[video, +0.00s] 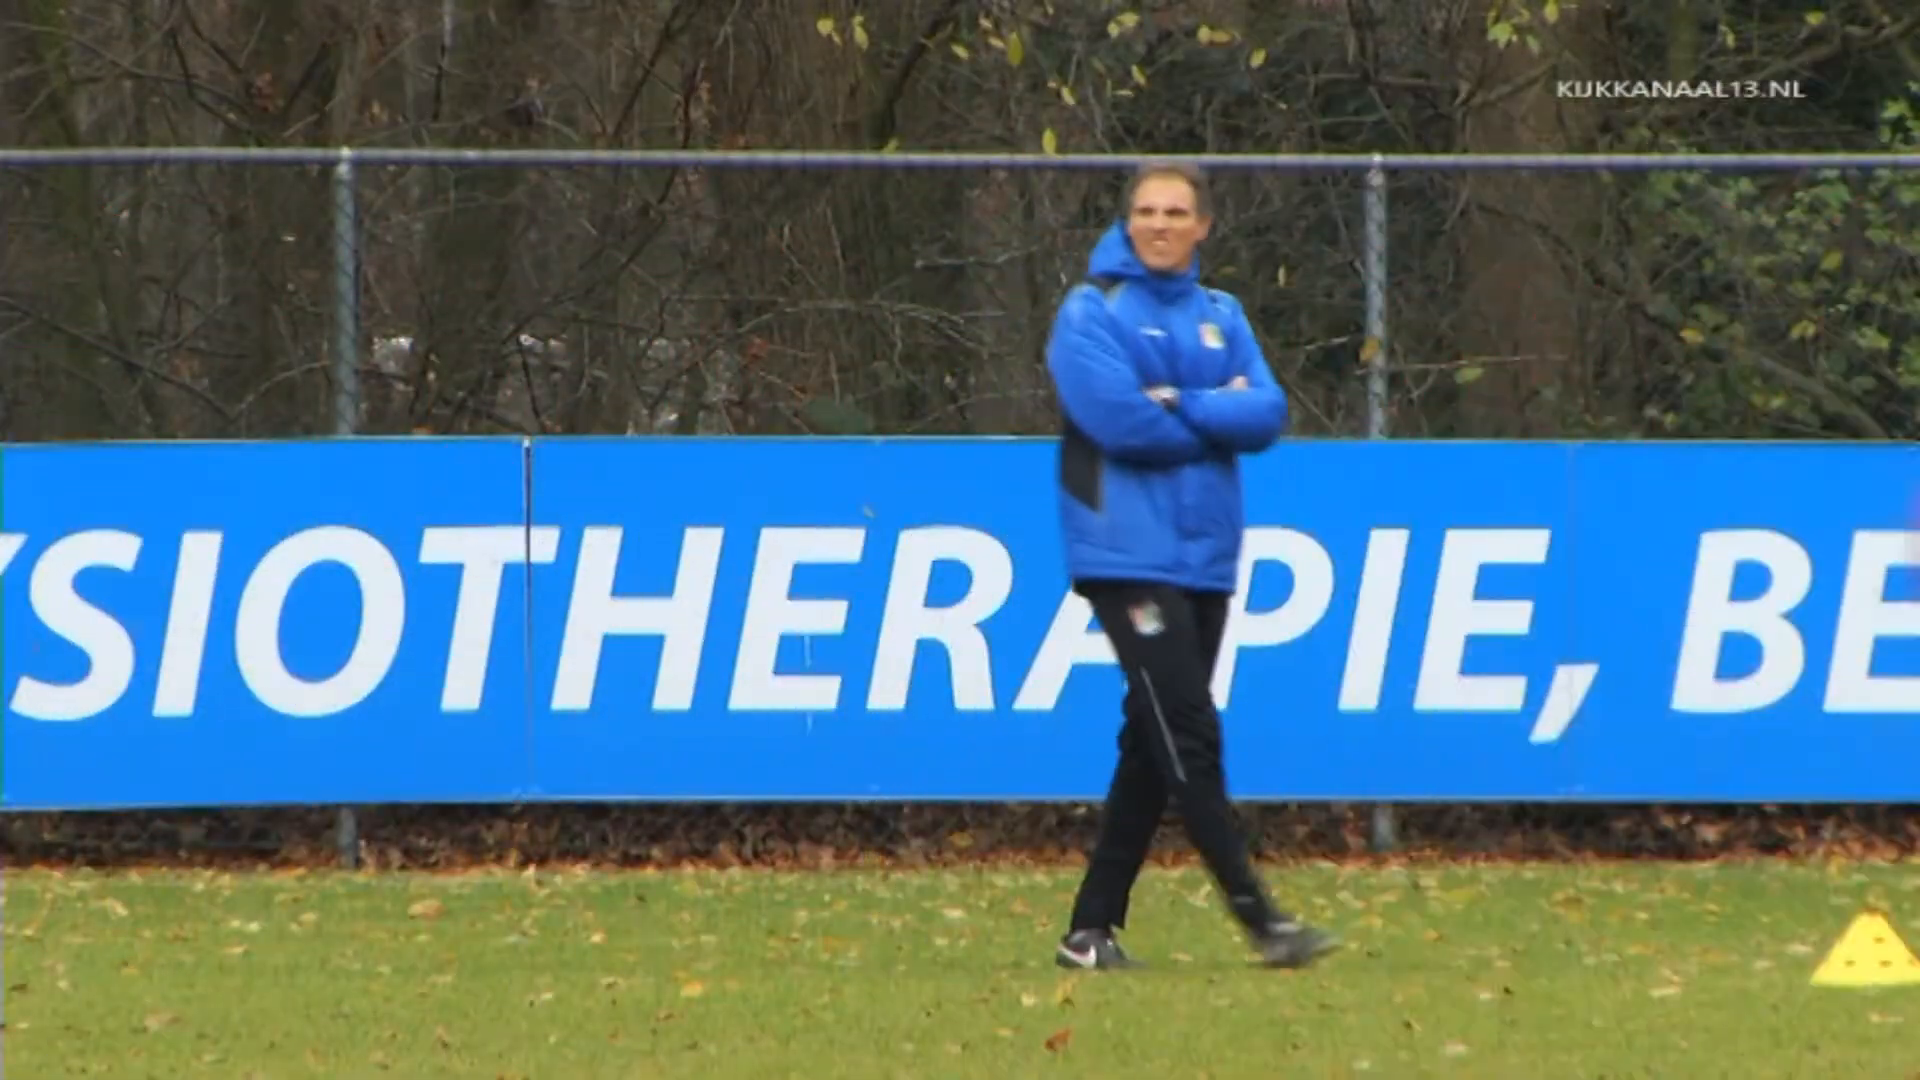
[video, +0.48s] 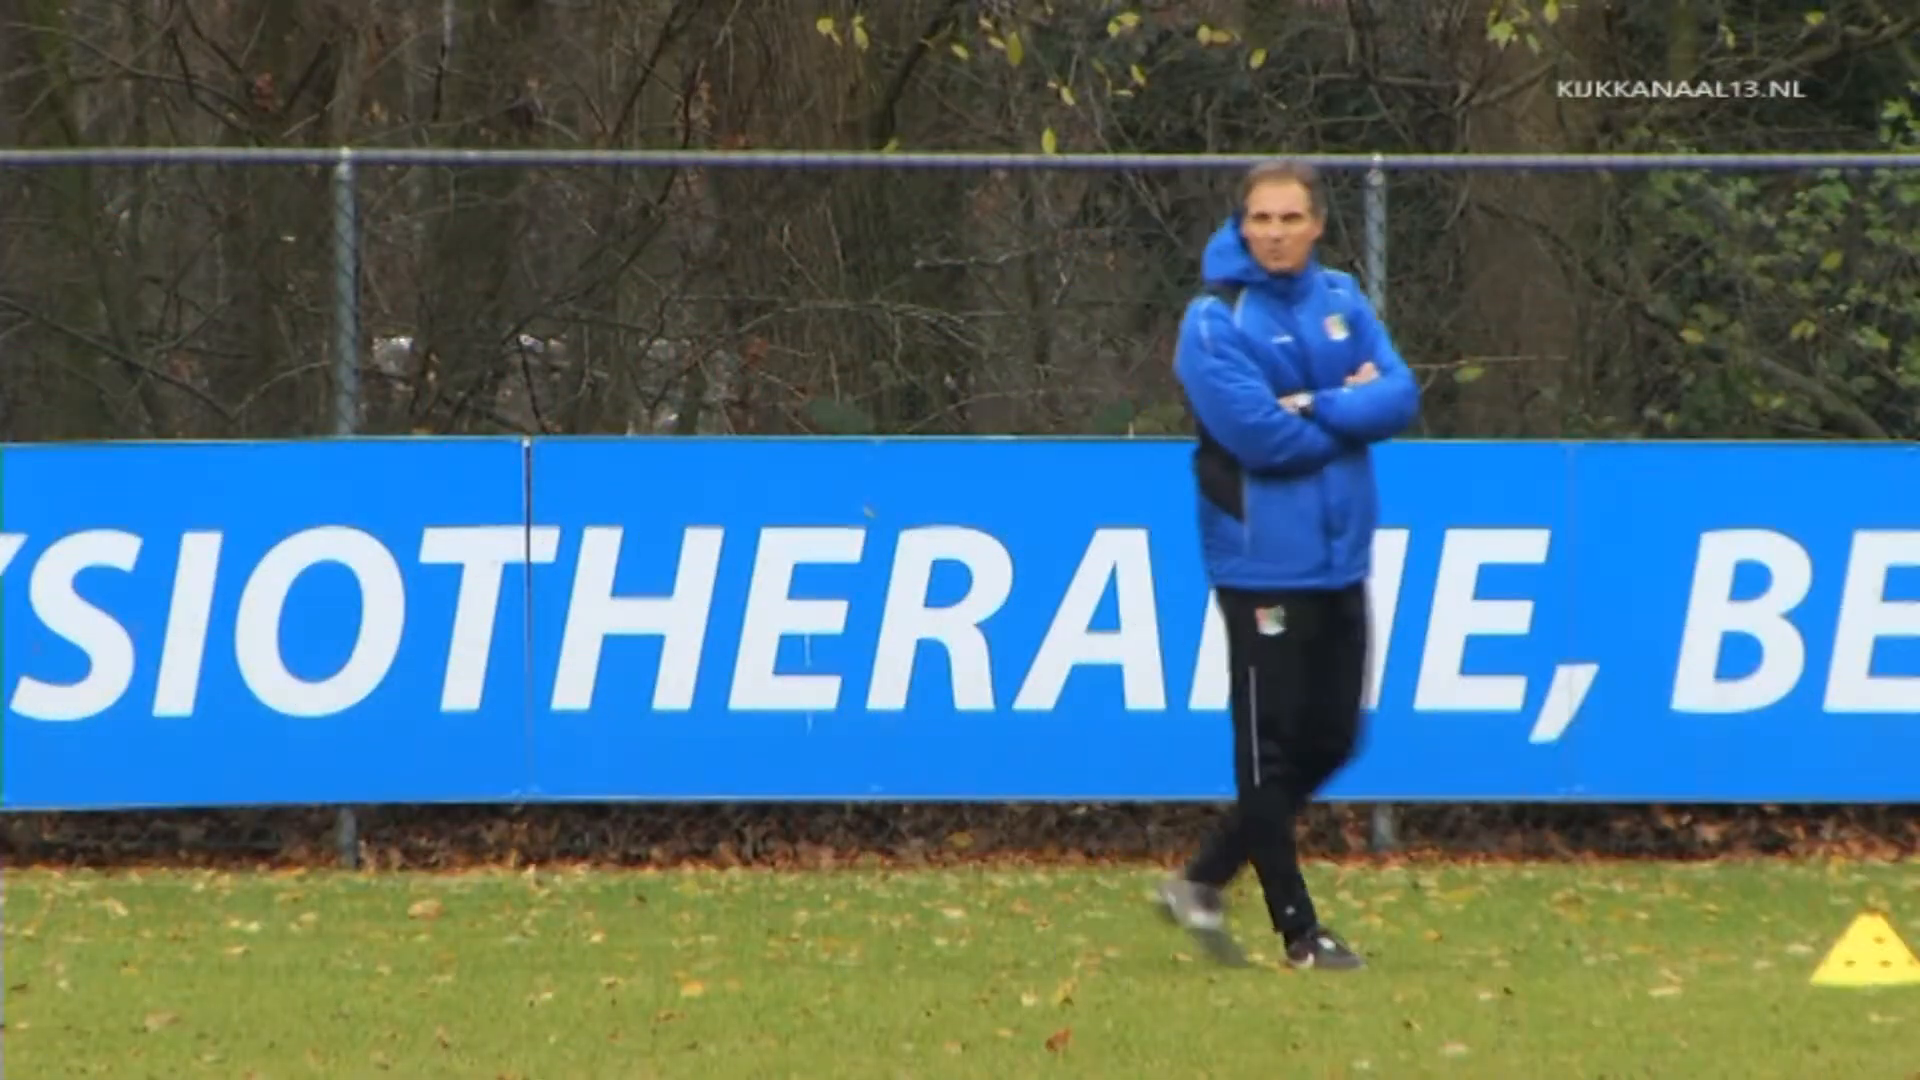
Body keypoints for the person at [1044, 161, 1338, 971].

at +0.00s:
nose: (1161, 225)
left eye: (1176, 213)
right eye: (1148, 213)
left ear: (1204, 227)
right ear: (1127, 224)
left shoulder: (1223, 313)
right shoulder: (1088, 314)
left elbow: (1267, 413)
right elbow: (1126, 429)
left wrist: (1173, 400)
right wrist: (1219, 420)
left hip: (1208, 555)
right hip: (1124, 553)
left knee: (1156, 743)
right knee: (1191, 732)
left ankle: (1091, 930)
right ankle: (1262, 921)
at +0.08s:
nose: (1181, 233)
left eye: (1196, 220)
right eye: (1168, 219)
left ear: (1220, 232)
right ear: (1146, 228)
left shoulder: (1240, 317)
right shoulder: (1108, 323)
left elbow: (1288, 419)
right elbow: (1154, 437)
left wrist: (1200, 406)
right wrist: (1242, 419)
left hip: (1227, 563)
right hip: (1146, 562)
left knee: (1165, 748)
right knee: (1210, 744)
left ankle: (1092, 929)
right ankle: (1287, 933)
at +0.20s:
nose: (1213, 235)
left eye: (1228, 222)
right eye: (1197, 222)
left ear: (1251, 233)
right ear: (1176, 232)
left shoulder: (1269, 312)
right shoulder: (1143, 329)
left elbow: (1325, 411)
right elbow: (1194, 444)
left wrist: (1240, 411)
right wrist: (1284, 423)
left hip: (1258, 561)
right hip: (1186, 566)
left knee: (1185, 751)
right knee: (1236, 751)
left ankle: (1098, 923)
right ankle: (1295, 934)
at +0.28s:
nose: (1234, 236)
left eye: (1248, 221)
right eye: (1218, 222)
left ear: (1272, 231)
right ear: (1196, 232)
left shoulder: (1293, 304)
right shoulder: (1165, 330)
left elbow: (1353, 402)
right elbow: (1220, 447)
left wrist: (1260, 408)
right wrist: (1308, 418)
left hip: (1285, 558)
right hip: (1211, 565)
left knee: (1211, 746)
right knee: (1244, 748)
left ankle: (1111, 912)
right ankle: (1297, 934)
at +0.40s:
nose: (1263, 235)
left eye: (1277, 221)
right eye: (1247, 222)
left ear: (1301, 228)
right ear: (1225, 232)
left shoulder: (1323, 300)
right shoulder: (1195, 328)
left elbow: (1382, 397)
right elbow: (1252, 445)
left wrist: (1290, 406)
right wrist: (1339, 416)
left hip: (1323, 554)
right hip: (1244, 562)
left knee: (1283, 745)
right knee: (1260, 747)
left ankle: (1156, 892)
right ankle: (1298, 932)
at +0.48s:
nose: (1277, 233)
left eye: (1292, 218)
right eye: (1262, 219)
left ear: (1317, 226)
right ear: (1242, 228)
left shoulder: (1343, 299)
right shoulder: (1212, 322)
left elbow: (1399, 393)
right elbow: (1262, 440)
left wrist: (1310, 404)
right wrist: (1351, 419)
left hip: (1340, 555)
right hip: (1260, 562)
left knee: (1332, 735)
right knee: (1269, 747)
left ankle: (1197, 883)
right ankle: (1298, 932)